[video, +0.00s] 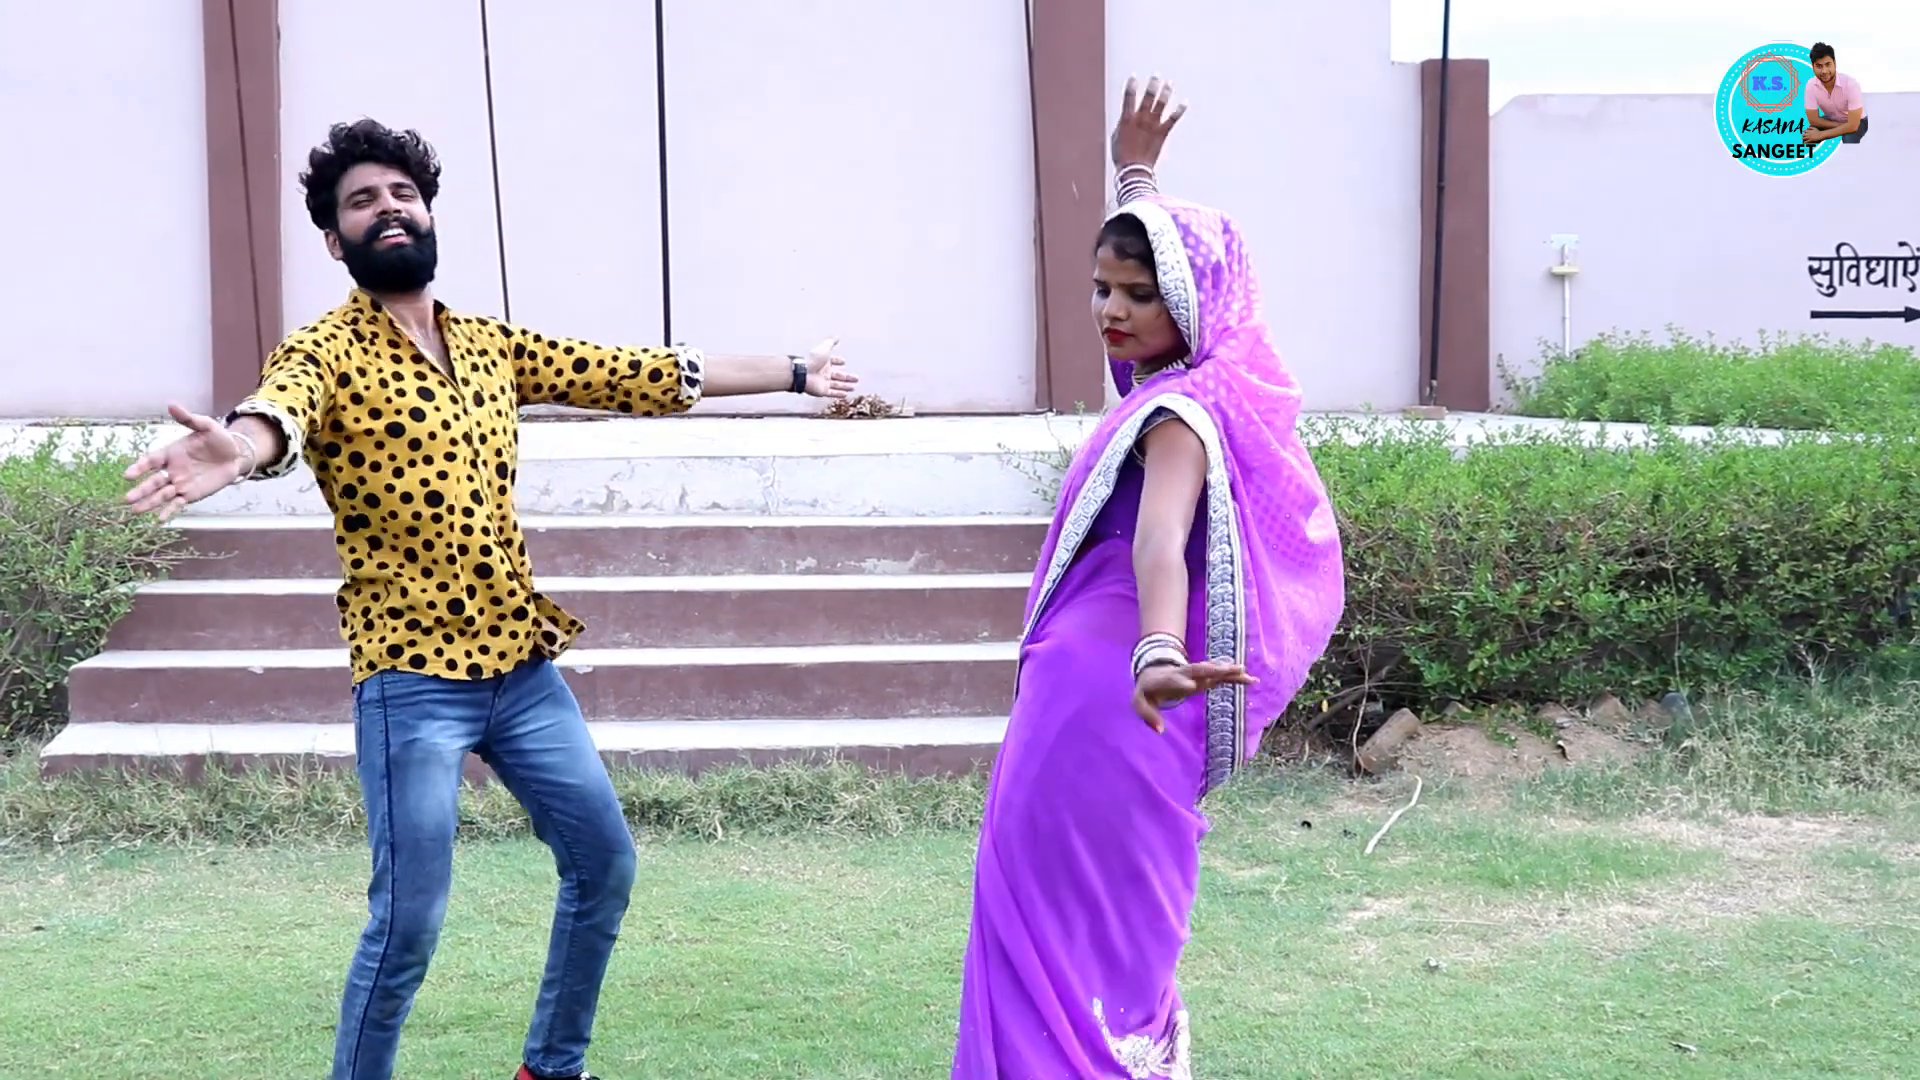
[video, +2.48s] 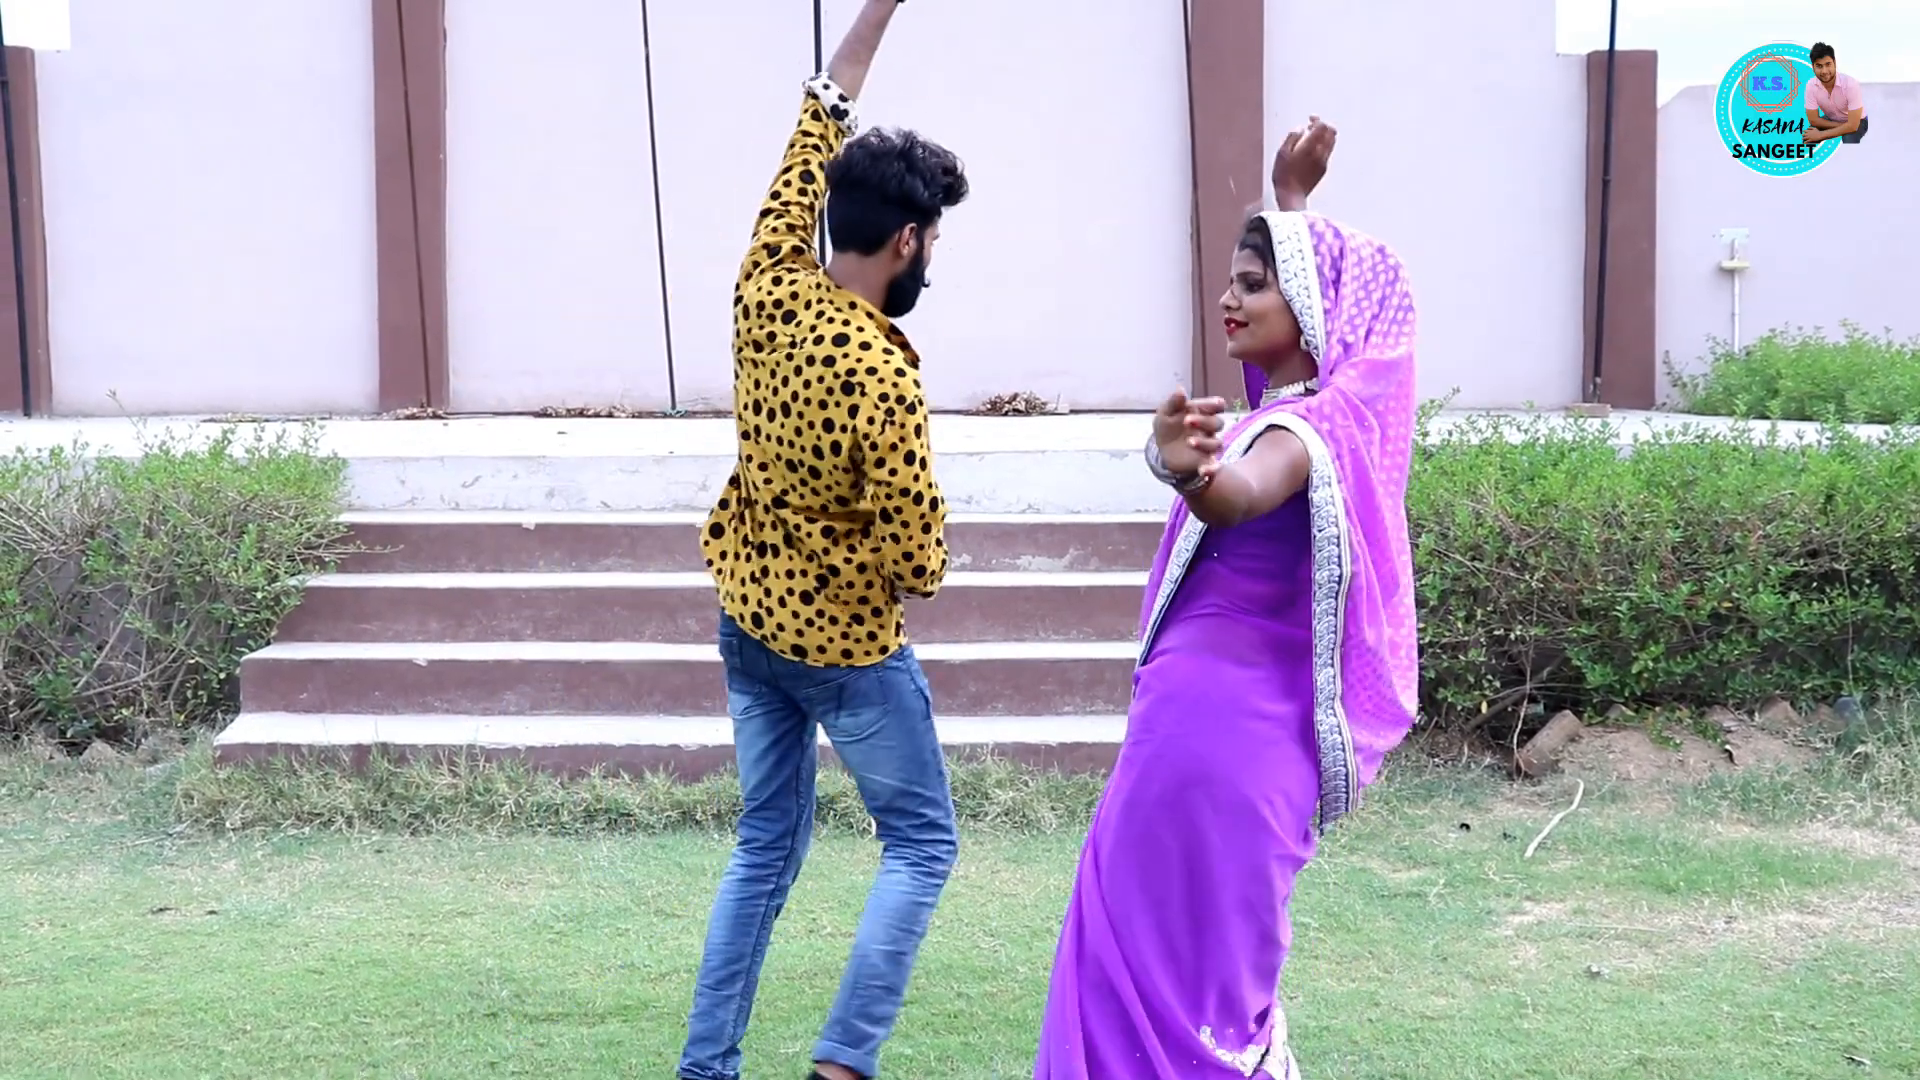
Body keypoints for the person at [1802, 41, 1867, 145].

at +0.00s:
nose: (1824, 71)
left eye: (1828, 65)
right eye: (1819, 66)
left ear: (1835, 64)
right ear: (1813, 67)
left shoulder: (1850, 84)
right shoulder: (1812, 85)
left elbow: (1853, 126)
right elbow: (1813, 120)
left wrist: (1820, 135)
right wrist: (1843, 126)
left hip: (1854, 122)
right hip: (1829, 121)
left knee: (1849, 140)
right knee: (1810, 136)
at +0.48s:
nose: (1824, 71)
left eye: (1828, 65)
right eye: (1819, 66)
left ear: (1835, 64)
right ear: (1813, 67)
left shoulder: (1850, 84)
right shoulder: (1812, 85)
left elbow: (1853, 126)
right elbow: (1813, 120)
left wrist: (1820, 135)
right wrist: (1843, 126)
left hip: (1854, 122)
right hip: (1829, 121)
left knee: (1849, 140)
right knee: (1810, 136)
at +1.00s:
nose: (1824, 71)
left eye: (1828, 65)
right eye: (1819, 66)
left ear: (1835, 63)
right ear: (1813, 67)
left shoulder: (1850, 85)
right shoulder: (1812, 86)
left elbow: (1853, 126)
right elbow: (1813, 120)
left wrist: (1820, 135)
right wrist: (1843, 126)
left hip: (1855, 122)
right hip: (1830, 121)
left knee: (1848, 140)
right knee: (1810, 136)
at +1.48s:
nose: (1824, 71)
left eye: (1828, 65)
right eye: (1819, 66)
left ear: (1835, 63)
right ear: (1813, 67)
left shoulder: (1851, 85)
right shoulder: (1812, 86)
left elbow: (1853, 126)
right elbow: (1813, 120)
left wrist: (1820, 135)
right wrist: (1843, 126)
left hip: (1855, 122)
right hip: (1830, 121)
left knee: (1848, 140)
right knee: (1810, 136)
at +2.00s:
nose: (1824, 71)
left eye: (1828, 65)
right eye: (1819, 66)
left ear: (1835, 63)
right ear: (1813, 67)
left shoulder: (1850, 85)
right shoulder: (1812, 86)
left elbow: (1853, 126)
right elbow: (1813, 120)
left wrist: (1820, 135)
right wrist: (1843, 126)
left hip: (1855, 122)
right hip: (1830, 121)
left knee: (1848, 140)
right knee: (1810, 136)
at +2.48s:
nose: (1824, 71)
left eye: (1828, 65)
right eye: (1819, 66)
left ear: (1835, 63)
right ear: (1813, 67)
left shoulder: (1850, 84)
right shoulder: (1812, 86)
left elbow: (1852, 126)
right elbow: (1813, 120)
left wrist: (1820, 135)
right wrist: (1843, 126)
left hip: (1855, 122)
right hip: (1829, 121)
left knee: (1849, 140)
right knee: (1810, 137)